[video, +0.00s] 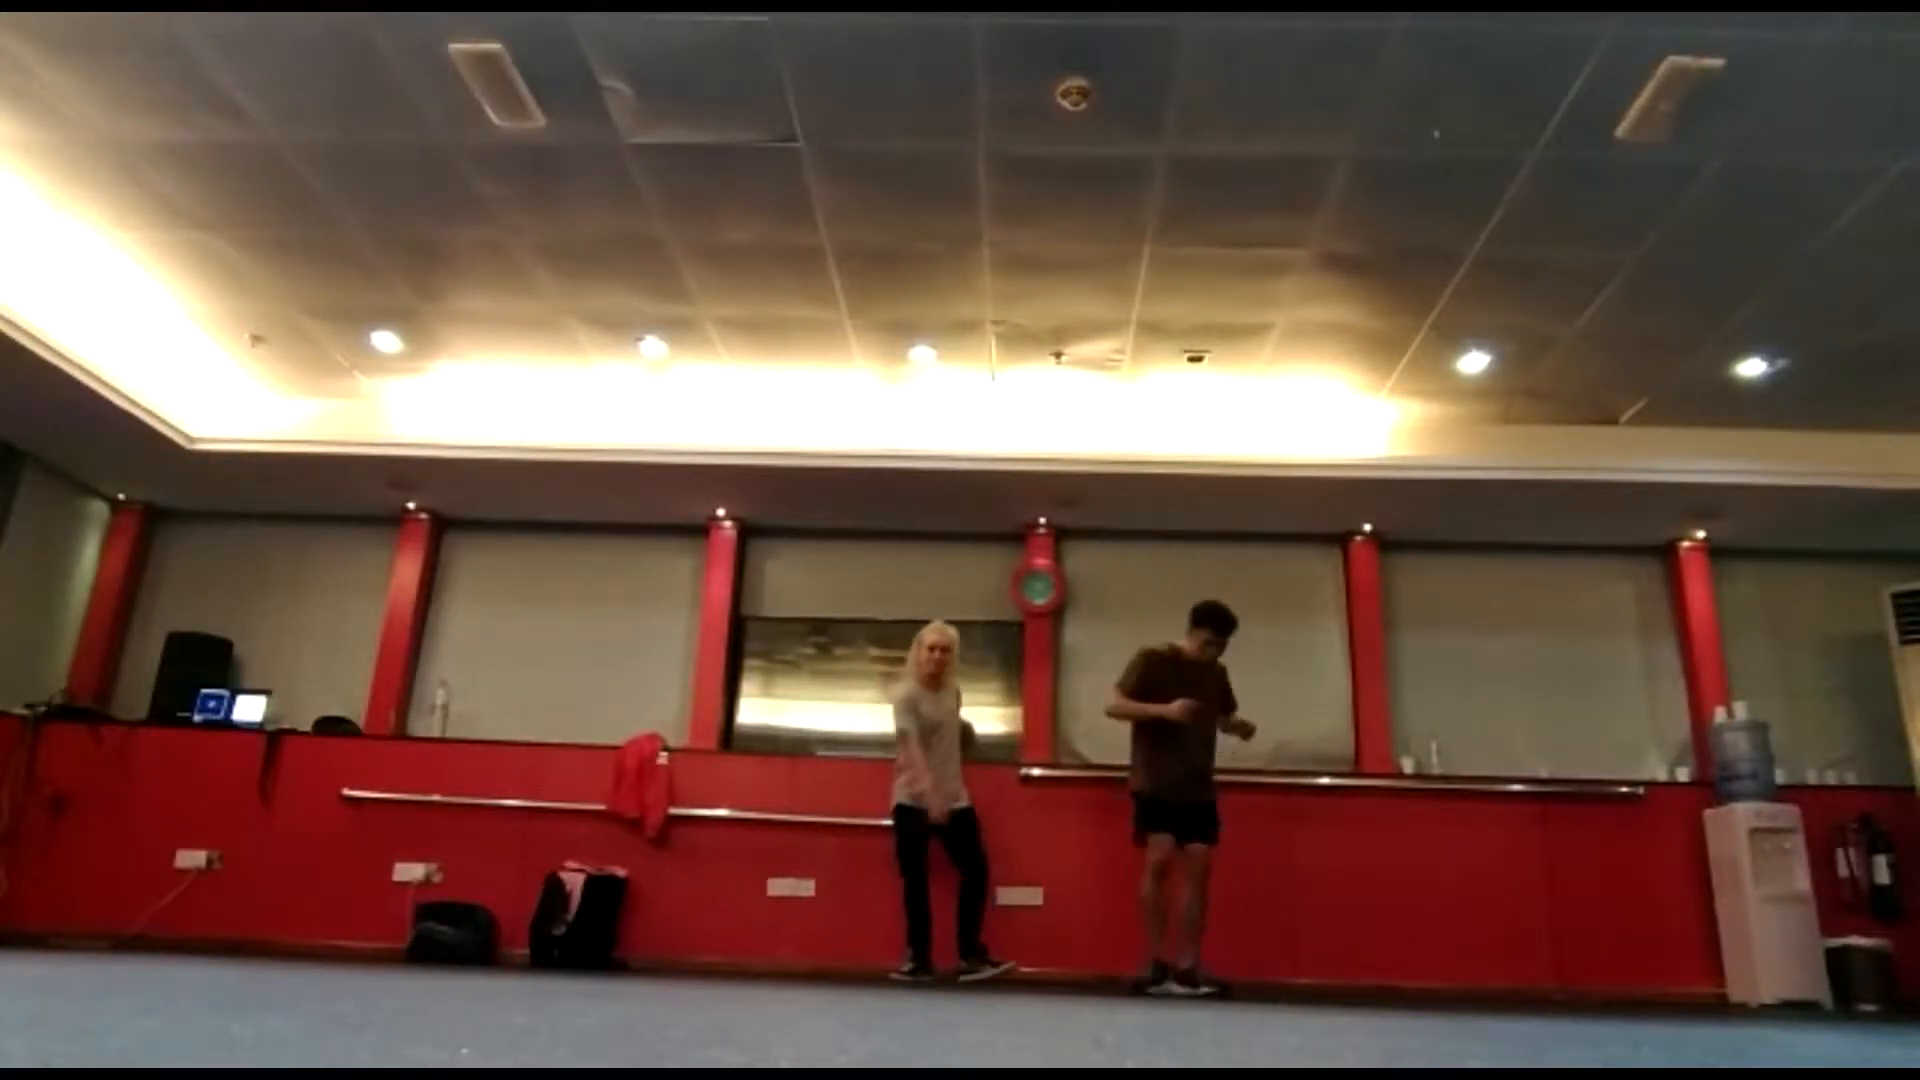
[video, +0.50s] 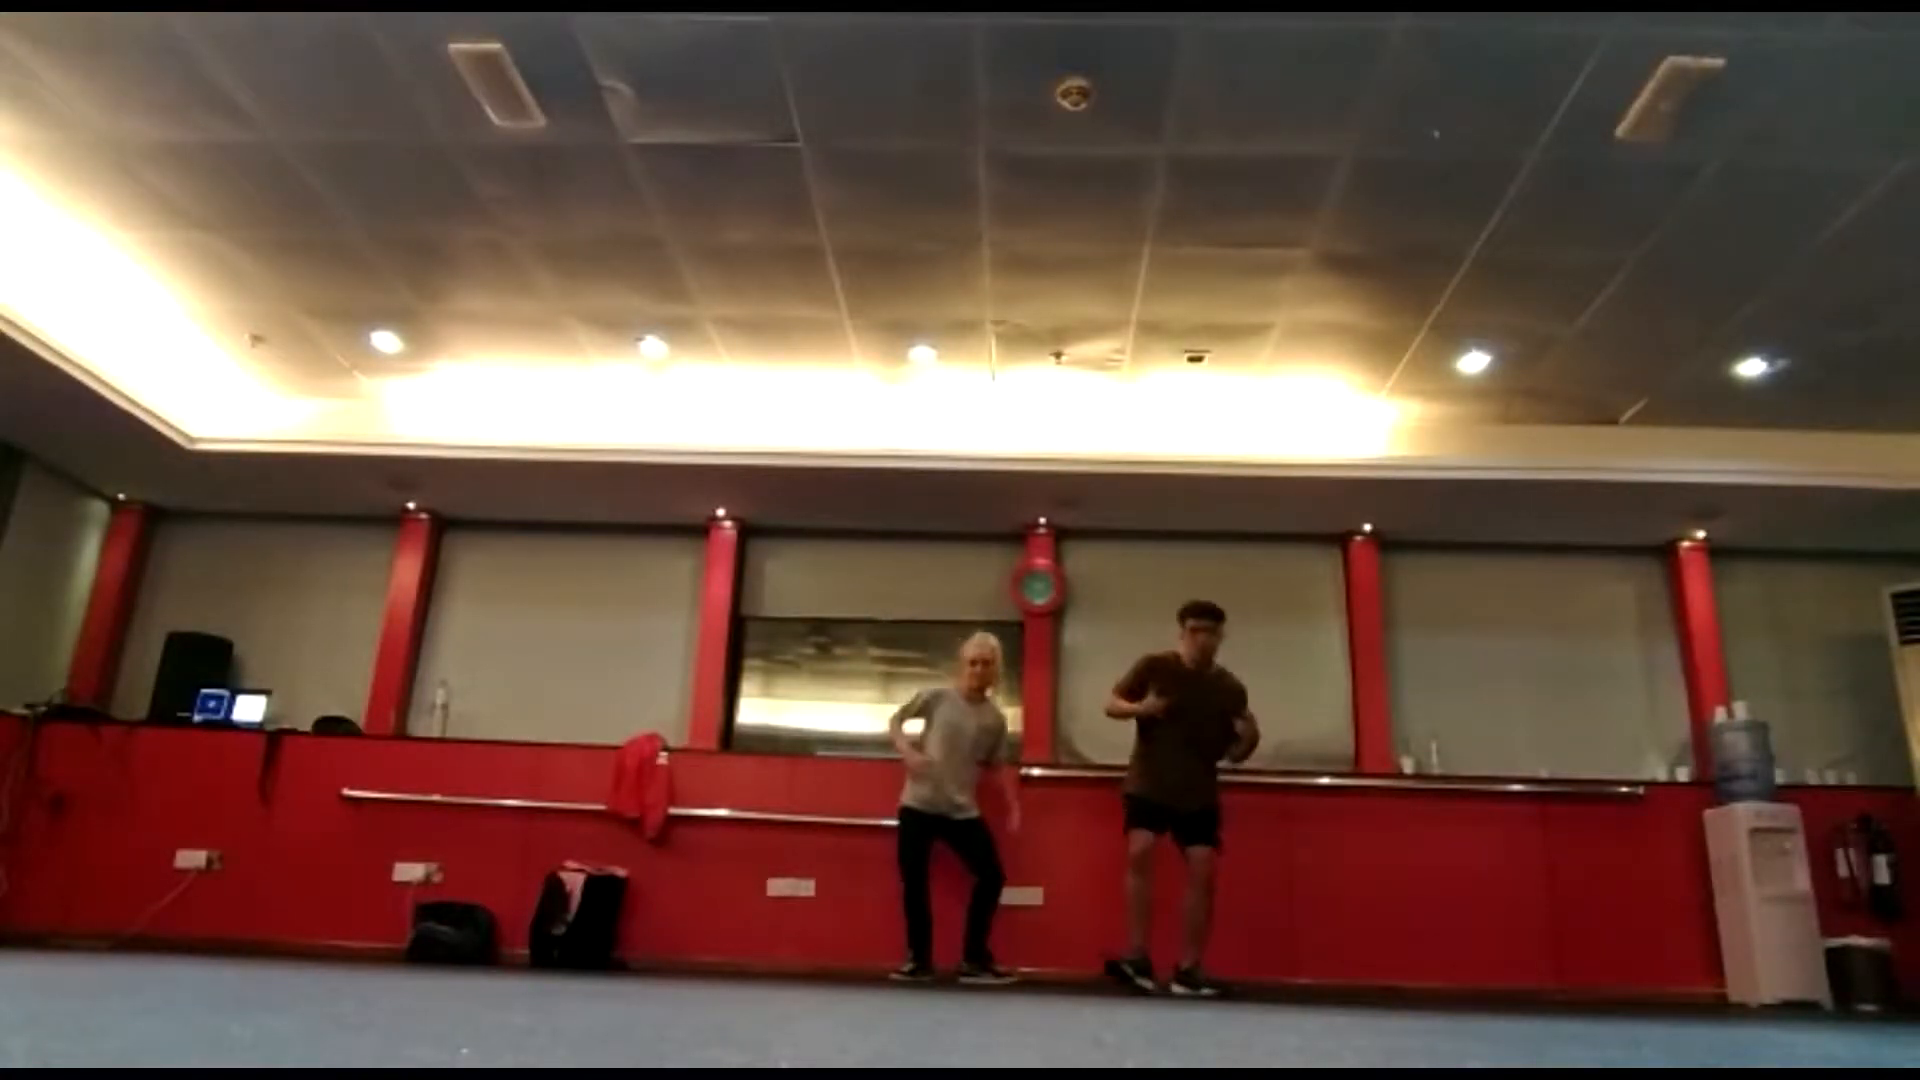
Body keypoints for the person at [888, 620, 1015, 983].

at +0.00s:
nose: (937, 656)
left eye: (944, 650)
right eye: (931, 649)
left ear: (953, 657)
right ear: (917, 652)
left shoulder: (952, 695)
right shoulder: (906, 696)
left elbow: (951, 745)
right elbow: (911, 751)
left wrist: (957, 789)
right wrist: (929, 794)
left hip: (954, 800)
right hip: (914, 801)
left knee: (975, 873)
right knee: (915, 883)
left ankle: (972, 955)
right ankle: (919, 958)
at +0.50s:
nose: (977, 670)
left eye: (985, 664)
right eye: (972, 662)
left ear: (995, 671)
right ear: (960, 665)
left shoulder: (995, 720)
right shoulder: (935, 700)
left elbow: (1001, 767)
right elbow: (896, 723)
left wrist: (1013, 807)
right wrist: (909, 754)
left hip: (962, 811)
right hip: (919, 806)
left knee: (990, 876)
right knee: (914, 886)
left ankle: (975, 959)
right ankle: (919, 959)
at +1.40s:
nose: (951, 656)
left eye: (957, 649)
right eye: (943, 650)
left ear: (969, 652)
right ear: (933, 657)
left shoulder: (985, 687)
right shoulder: (939, 697)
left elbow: (990, 732)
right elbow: (950, 736)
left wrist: (952, 749)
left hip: (978, 799)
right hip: (939, 796)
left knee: (986, 874)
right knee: (915, 861)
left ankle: (977, 957)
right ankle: (911, 947)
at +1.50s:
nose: (940, 672)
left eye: (946, 665)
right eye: (933, 666)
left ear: (960, 668)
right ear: (924, 671)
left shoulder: (974, 703)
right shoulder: (926, 714)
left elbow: (992, 738)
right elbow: (925, 763)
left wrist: (973, 777)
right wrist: (907, 803)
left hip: (967, 817)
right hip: (927, 815)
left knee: (990, 879)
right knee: (914, 885)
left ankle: (977, 961)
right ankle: (912, 959)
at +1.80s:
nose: (923, 667)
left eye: (930, 661)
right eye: (917, 660)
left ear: (941, 666)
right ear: (906, 664)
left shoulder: (957, 707)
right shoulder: (896, 711)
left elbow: (978, 753)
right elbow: (888, 758)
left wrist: (979, 795)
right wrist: (896, 799)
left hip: (958, 808)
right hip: (915, 808)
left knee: (980, 866)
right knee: (909, 881)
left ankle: (973, 949)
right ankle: (911, 957)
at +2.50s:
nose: (921, 658)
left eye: (927, 649)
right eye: (914, 651)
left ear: (941, 647)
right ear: (906, 654)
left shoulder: (967, 688)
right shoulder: (903, 691)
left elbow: (982, 738)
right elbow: (898, 728)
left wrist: (965, 777)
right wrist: (902, 760)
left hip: (955, 786)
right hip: (918, 779)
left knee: (945, 874)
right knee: (917, 817)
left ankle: (937, 955)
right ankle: (917, 890)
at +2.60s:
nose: (915, 671)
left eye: (921, 662)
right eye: (908, 663)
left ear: (936, 659)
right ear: (900, 664)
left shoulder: (962, 693)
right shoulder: (901, 700)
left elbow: (984, 737)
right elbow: (900, 735)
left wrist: (965, 779)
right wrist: (902, 772)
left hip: (957, 797)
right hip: (919, 793)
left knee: (947, 877)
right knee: (916, 866)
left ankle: (939, 956)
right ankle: (910, 929)